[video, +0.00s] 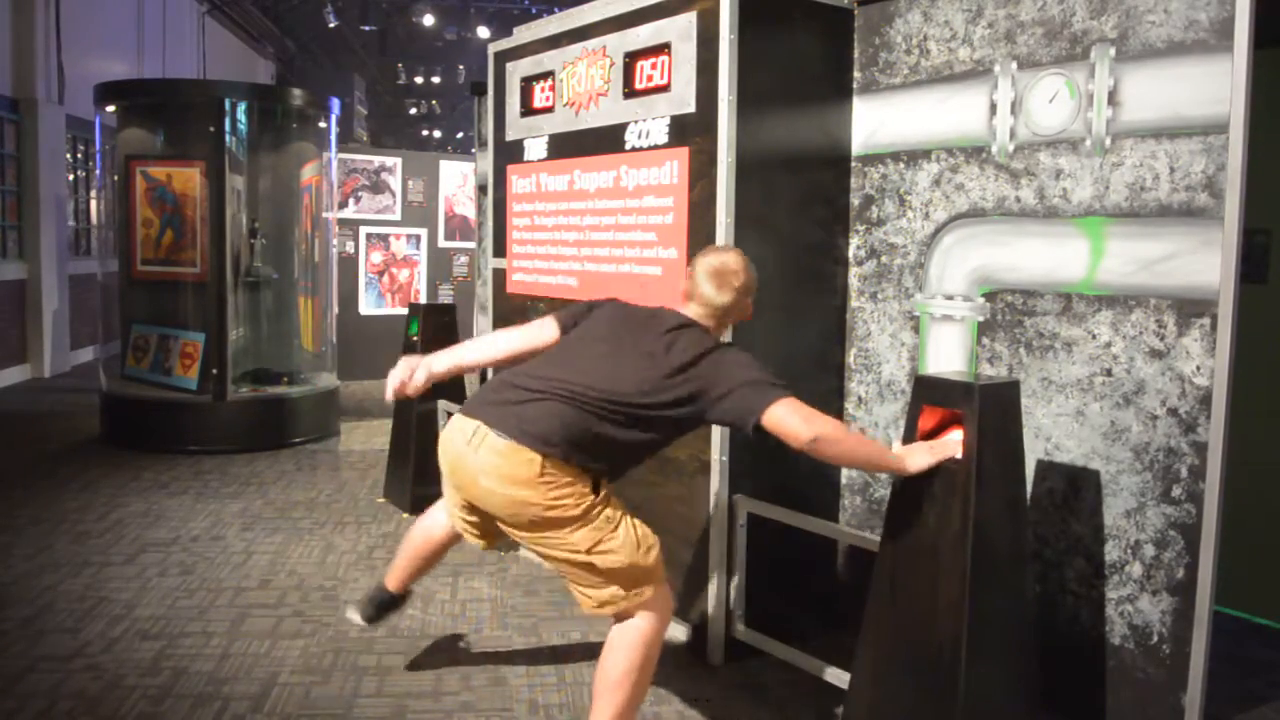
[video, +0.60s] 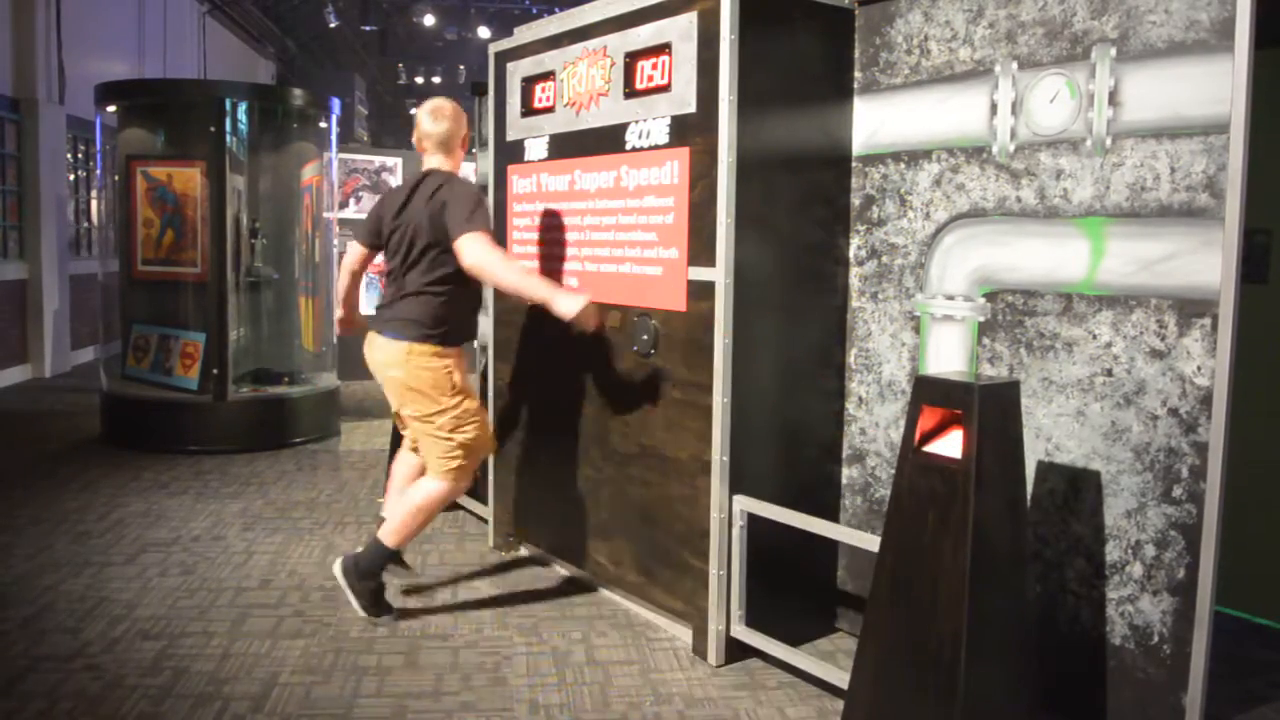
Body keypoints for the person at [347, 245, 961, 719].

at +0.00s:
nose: (737, 311)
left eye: (718, 293)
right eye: (743, 306)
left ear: (680, 286)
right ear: (739, 313)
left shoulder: (609, 313)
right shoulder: (719, 363)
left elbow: (516, 340)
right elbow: (808, 432)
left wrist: (431, 366)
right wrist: (902, 459)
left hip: (467, 433)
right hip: (536, 476)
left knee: (457, 507)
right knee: (647, 601)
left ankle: (381, 597)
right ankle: (606, 718)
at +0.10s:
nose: (675, 286)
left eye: (651, 270)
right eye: (683, 280)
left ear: (628, 273)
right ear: (682, 284)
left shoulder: (557, 311)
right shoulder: (685, 335)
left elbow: (484, 356)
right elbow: (775, 382)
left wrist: (401, 391)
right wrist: (876, 424)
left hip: (459, 459)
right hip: (534, 482)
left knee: (475, 519)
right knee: (644, 606)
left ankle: (441, 617)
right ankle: (606, 716)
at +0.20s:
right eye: (603, 221)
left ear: (556, 233)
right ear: (604, 235)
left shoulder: (508, 290)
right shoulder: (617, 285)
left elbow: (434, 346)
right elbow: (694, 337)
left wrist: (393, 378)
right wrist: (793, 393)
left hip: (457, 458)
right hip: (533, 464)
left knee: (483, 525)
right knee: (627, 590)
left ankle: (464, 644)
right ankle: (602, 715)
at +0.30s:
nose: (547, 191)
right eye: (545, 183)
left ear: (490, 194)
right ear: (539, 192)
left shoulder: (458, 258)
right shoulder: (550, 238)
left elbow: (425, 314)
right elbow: (619, 280)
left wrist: (437, 323)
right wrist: (710, 314)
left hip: (448, 420)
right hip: (515, 415)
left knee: (469, 519)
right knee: (555, 558)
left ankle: (464, 645)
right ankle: (580, 709)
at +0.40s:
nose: (506, 160)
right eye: (510, 150)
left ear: (455, 158)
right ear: (506, 153)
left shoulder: (435, 215)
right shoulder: (515, 203)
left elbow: (395, 261)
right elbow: (578, 241)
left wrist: (400, 269)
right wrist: (666, 258)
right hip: (483, 372)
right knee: (527, 495)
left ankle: (465, 640)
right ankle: (478, 652)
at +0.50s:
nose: (486, 136)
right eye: (486, 127)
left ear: (434, 135)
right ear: (484, 131)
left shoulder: (414, 185)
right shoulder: (486, 181)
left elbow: (362, 248)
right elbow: (527, 231)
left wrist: (370, 273)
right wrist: (612, 259)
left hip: (405, 349)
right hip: (451, 352)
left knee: (441, 469)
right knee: (494, 465)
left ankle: (428, 581)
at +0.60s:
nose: (469, 144)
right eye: (468, 136)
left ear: (416, 144)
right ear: (464, 141)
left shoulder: (394, 198)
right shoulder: (459, 193)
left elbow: (352, 261)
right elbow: (475, 253)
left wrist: (345, 313)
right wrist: (556, 296)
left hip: (384, 344)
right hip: (425, 351)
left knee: (418, 439)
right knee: (460, 457)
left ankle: (390, 535)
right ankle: (368, 564)